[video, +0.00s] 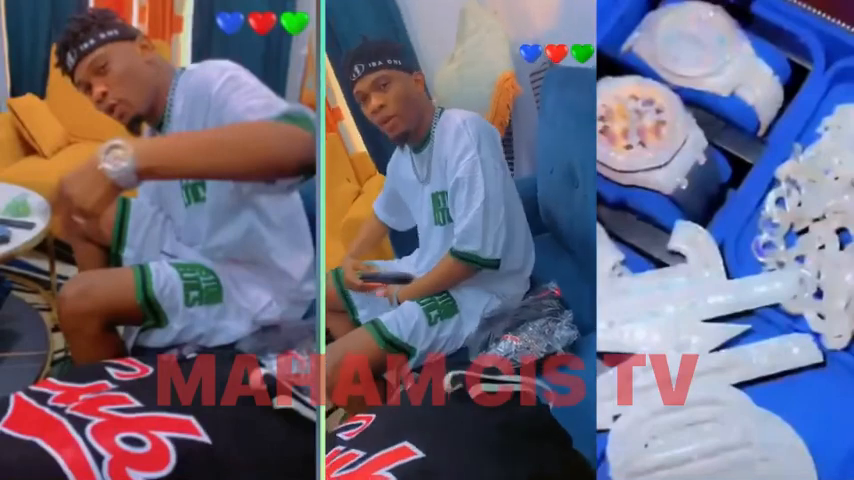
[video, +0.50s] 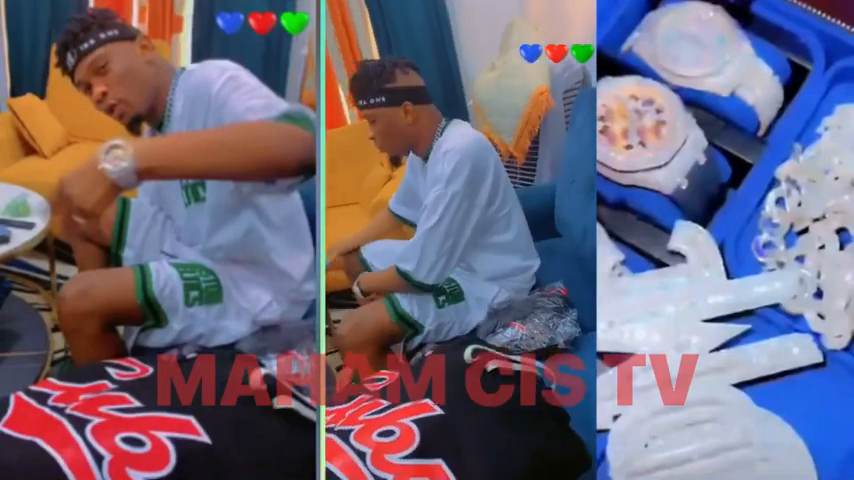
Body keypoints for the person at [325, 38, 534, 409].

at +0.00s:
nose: (375, 106)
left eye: (383, 86)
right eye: (364, 100)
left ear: (418, 81)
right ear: (363, 111)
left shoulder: (465, 134)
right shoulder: (402, 156)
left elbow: (476, 251)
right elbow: (385, 213)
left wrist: (405, 293)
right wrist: (352, 258)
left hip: (484, 285)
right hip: (430, 269)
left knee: (332, 362)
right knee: (328, 289)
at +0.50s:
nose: (371, 134)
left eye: (373, 122)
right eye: (369, 124)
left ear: (408, 113)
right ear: (409, 114)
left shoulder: (461, 153)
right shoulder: (426, 147)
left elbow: (425, 269)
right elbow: (397, 213)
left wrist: (361, 283)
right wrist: (346, 247)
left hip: (492, 286)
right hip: (459, 260)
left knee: (353, 331)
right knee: (359, 259)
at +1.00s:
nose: (377, 149)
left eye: (381, 139)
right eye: (375, 139)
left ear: (421, 132)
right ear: (423, 131)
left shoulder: (476, 165)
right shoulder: (440, 148)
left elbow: (419, 272)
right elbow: (394, 195)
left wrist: (364, 251)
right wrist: (338, 218)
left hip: (497, 290)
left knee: (358, 304)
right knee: (369, 229)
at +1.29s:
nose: (419, 131)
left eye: (426, 123)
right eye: (420, 120)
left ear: (469, 129)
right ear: (469, 128)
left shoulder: (514, 178)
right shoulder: (472, 145)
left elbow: (424, 265)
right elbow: (407, 186)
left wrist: (368, 227)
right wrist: (336, 193)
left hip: (494, 301)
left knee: (359, 284)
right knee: (376, 211)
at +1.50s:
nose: (460, 117)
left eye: (470, 110)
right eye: (464, 106)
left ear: (513, 126)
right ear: (513, 126)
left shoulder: (547, 187)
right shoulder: (498, 143)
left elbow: (440, 271)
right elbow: (415, 184)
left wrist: (361, 226)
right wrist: (339, 192)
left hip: (505, 307)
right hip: (476, 259)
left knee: (366, 286)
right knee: (380, 210)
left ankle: (359, 393)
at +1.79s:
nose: (472, 114)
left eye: (491, 104)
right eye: (473, 100)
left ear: (537, 117)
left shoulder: (551, 195)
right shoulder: (483, 160)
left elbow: (453, 300)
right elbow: (419, 213)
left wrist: (351, 268)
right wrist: (339, 207)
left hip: (496, 331)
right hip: (458, 275)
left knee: (350, 318)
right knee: (352, 231)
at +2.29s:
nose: (443, 96)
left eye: (458, 79)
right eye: (434, 85)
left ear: (497, 83)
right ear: (428, 91)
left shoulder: (520, 155)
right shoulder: (452, 148)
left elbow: (450, 277)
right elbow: (401, 207)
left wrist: (338, 276)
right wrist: (338, 230)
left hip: (488, 312)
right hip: (447, 271)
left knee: (336, 315)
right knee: (335, 230)